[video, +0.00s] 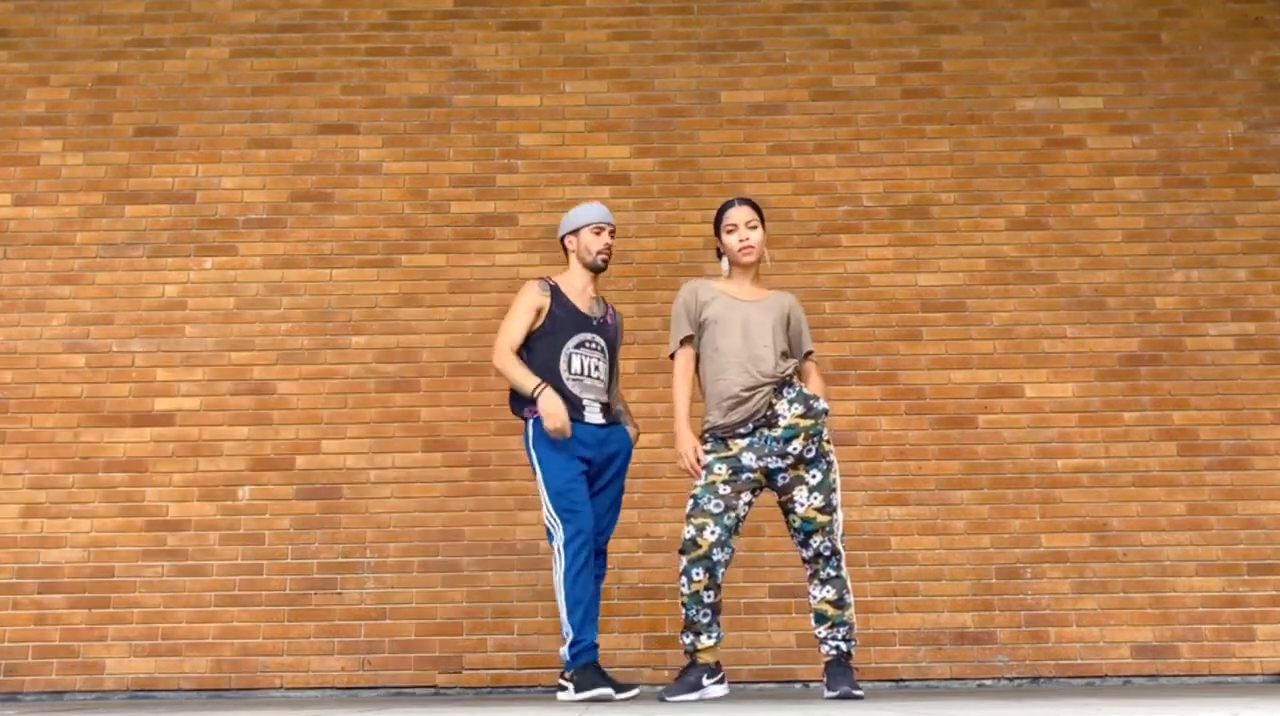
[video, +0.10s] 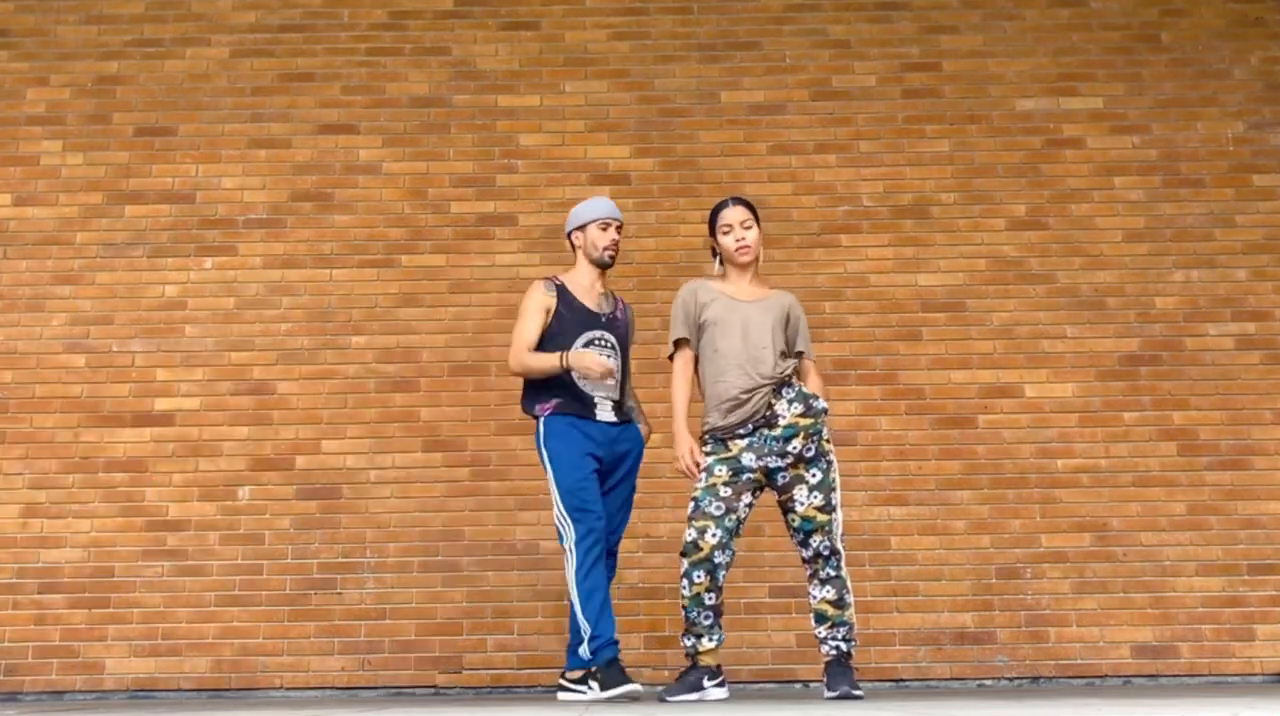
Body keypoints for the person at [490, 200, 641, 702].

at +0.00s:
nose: (607, 241)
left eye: (611, 234)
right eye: (597, 232)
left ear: (610, 245)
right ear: (570, 240)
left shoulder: (610, 316)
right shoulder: (540, 291)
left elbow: (608, 384)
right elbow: (501, 355)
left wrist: (628, 423)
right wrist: (545, 392)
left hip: (608, 436)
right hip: (557, 432)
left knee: (596, 544)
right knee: (577, 535)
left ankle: (581, 661)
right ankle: (582, 664)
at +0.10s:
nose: (613, 236)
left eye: (617, 230)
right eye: (603, 228)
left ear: (619, 241)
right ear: (576, 236)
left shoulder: (621, 309)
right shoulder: (545, 292)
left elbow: (622, 379)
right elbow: (518, 360)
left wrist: (639, 418)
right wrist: (571, 360)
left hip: (621, 433)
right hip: (566, 429)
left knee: (605, 543)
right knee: (588, 532)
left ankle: (578, 668)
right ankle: (605, 659)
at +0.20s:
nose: (619, 232)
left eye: (623, 225)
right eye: (609, 224)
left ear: (624, 235)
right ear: (582, 231)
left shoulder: (624, 299)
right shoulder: (553, 288)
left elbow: (626, 376)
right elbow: (544, 358)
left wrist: (648, 418)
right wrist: (598, 327)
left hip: (631, 429)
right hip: (579, 425)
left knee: (617, 544)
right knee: (594, 536)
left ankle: (581, 665)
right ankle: (615, 659)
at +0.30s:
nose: (625, 228)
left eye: (628, 221)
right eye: (615, 220)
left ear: (628, 231)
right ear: (586, 228)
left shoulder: (626, 297)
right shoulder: (560, 283)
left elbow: (633, 375)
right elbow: (572, 343)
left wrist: (660, 422)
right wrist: (626, 302)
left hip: (639, 425)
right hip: (589, 422)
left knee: (626, 543)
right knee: (606, 536)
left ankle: (584, 663)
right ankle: (619, 663)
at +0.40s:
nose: (631, 220)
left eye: (633, 212)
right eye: (620, 211)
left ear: (630, 221)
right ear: (590, 219)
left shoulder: (624, 286)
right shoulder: (567, 274)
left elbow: (632, 368)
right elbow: (596, 331)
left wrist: (657, 413)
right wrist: (653, 287)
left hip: (644, 419)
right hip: (597, 414)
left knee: (635, 536)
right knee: (615, 531)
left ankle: (586, 659)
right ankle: (618, 662)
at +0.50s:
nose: (640, 212)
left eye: (641, 204)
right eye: (629, 202)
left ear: (630, 214)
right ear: (597, 211)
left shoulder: (622, 282)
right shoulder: (576, 264)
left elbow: (629, 366)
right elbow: (613, 325)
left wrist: (657, 410)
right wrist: (672, 282)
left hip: (643, 413)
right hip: (603, 409)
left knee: (651, 531)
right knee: (617, 530)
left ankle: (593, 651)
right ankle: (617, 662)